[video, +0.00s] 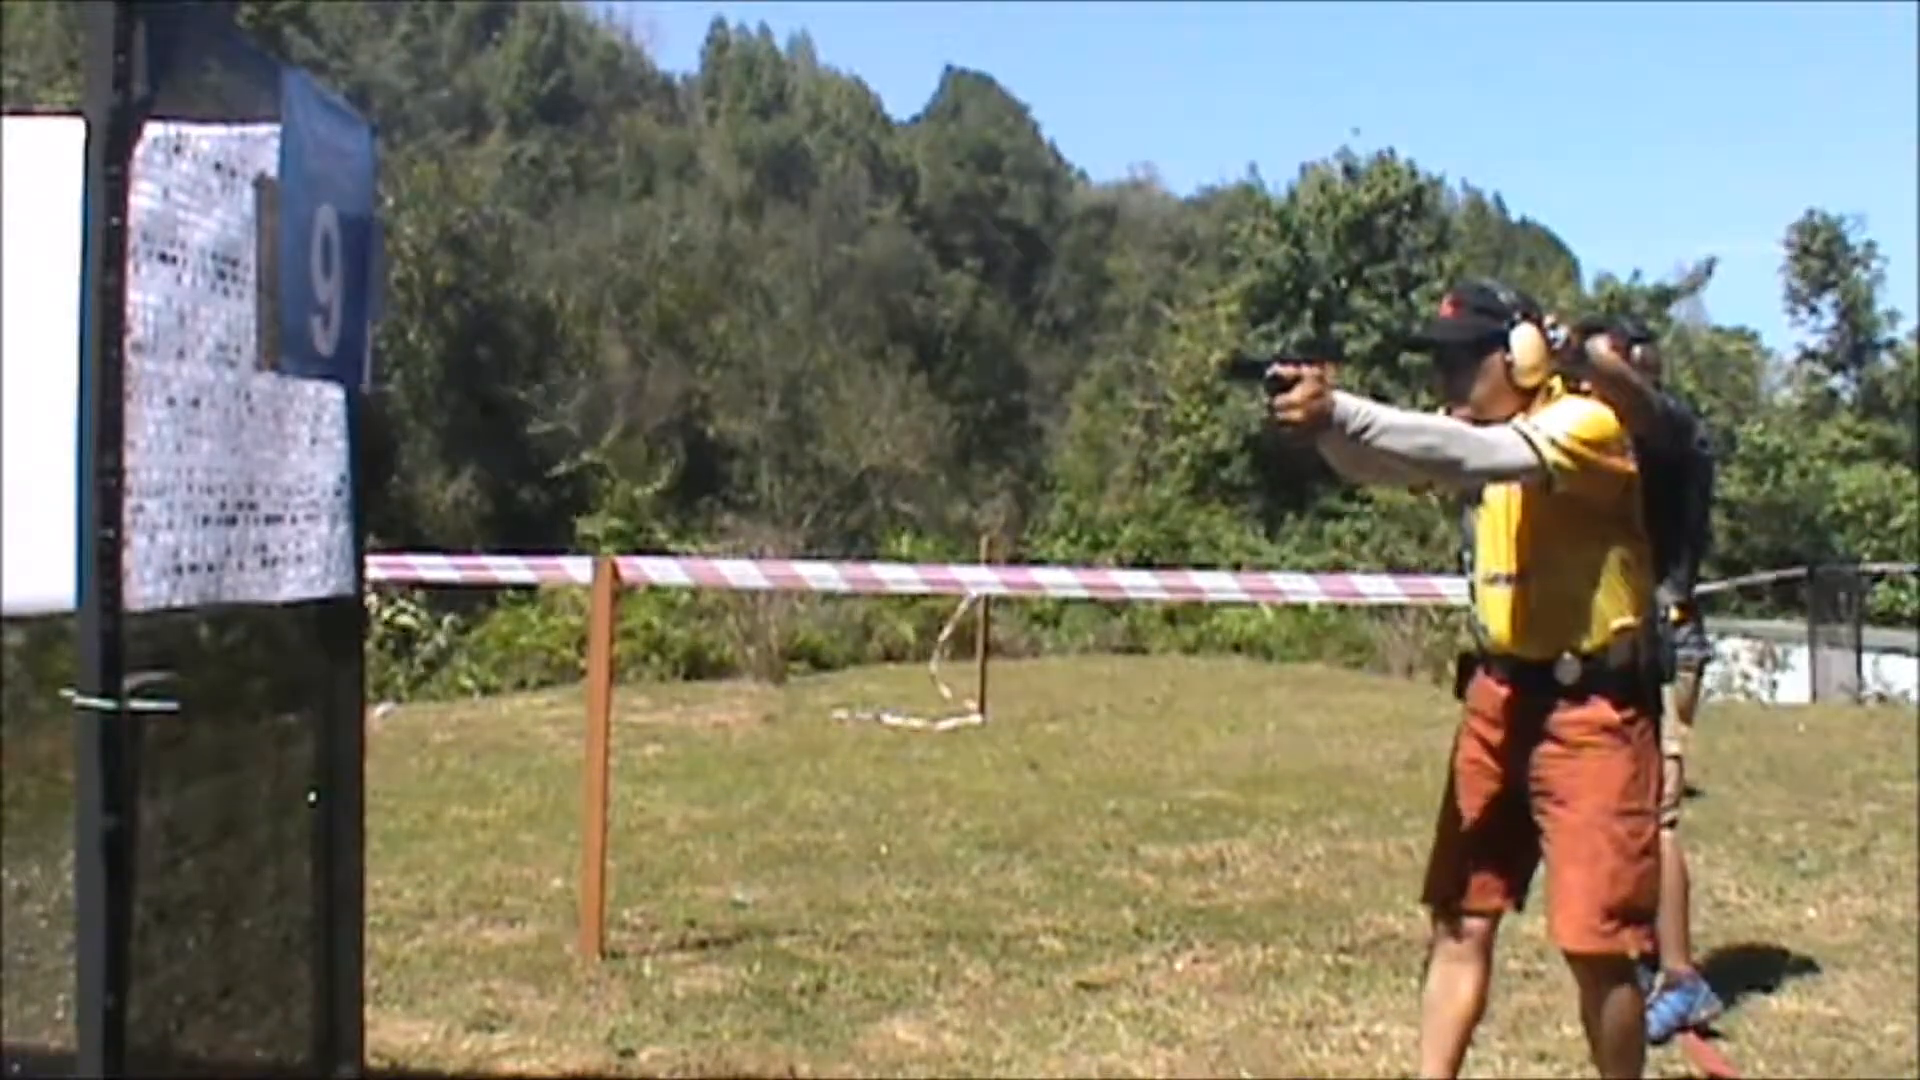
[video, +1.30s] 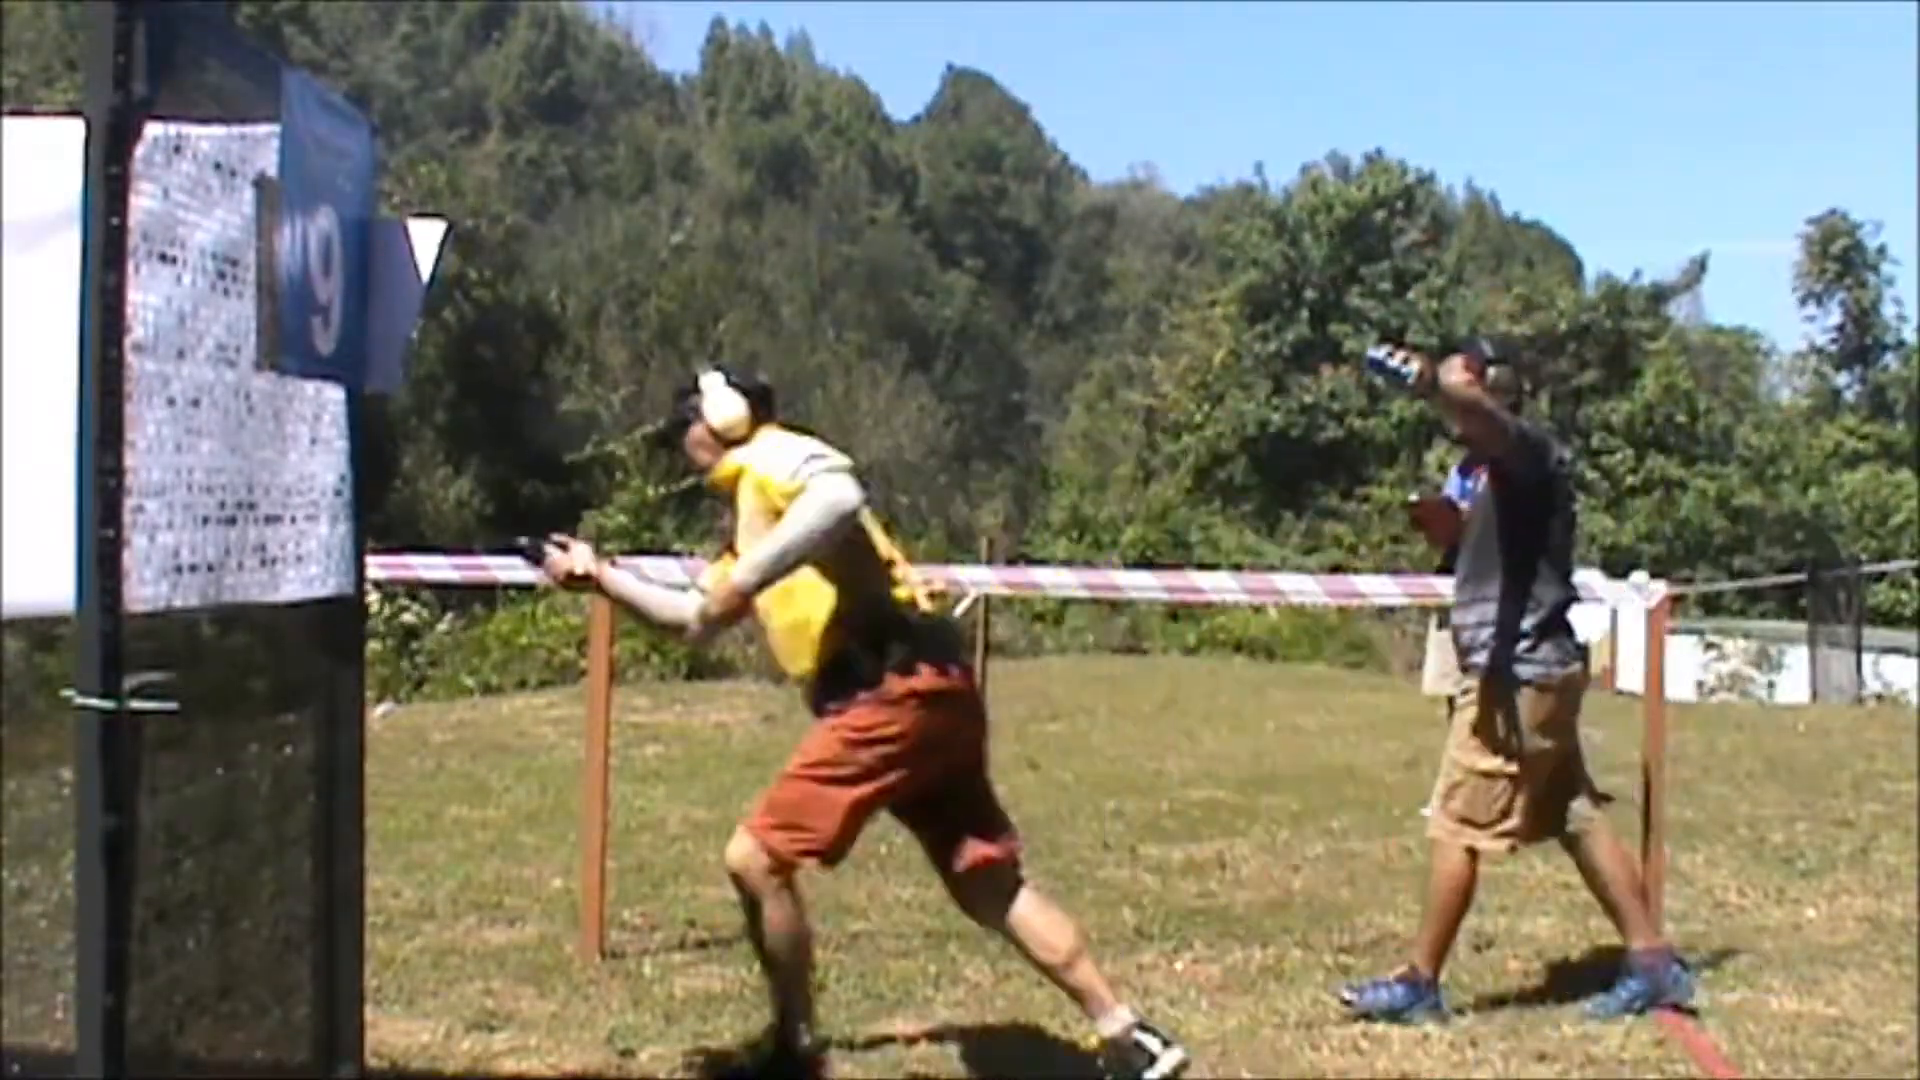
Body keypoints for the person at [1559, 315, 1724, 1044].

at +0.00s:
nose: (1608, 375)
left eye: (1620, 362)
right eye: (1603, 364)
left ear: (1642, 366)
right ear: (1603, 367)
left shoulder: (1676, 434)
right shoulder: (1593, 433)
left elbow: (1639, 412)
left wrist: (1583, 362)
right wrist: (1552, 365)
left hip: (1666, 623)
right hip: (1609, 627)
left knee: (1660, 808)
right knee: (1622, 805)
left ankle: (1678, 971)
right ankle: (1641, 967)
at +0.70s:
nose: (1580, 390)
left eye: (1592, 376)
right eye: (1577, 379)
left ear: (1627, 372)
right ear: (1586, 383)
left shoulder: (1660, 440)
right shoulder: (1611, 450)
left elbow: (1618, 384)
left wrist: (1568, 346)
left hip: (1649, 653)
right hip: (1608, 651)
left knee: (1643, 818)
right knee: (1628, 819)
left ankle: (1682, 976)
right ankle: (1652, 962)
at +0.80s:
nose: (1570, 393)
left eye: (1580, 377)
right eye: (1566, 381)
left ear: (1614, 371)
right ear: (1587, 378)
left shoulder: (1651, 438)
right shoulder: (1613, 450)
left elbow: (1614, 395)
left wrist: (1559, 351)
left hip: (1635, 658)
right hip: (1606, 655)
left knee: (1619, 819)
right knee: (1620, 819)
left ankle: (1674, 972)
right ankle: (1653, 964)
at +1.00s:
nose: (1538, 397)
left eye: (1549, 383)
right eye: (1536, 384)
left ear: (1582, 379)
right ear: (1554, 386)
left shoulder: (1618, 442)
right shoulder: (1603, 452)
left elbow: (1590, 402)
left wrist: (1532, 358)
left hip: (1605, 656)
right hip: (1624, 656)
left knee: (1550, 810)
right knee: (1628, 816)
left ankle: (1596, 969)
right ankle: (1658, 965)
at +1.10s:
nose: (1521, 404)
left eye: (1531, 389)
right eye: (1519, 392)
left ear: (1558, 384)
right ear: (1528, 396)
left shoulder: (1597, 447)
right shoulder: (1578, 459)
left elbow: (1565, 404)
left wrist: (1514, 364)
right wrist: (1495, 529)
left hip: (1585, 655)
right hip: (1608, 655)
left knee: (1530, 810)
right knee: (1617, 810)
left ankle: (1527, 975)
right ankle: (1657, 965)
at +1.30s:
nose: (1456, 385)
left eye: (1467, 376)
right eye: (1455, 376)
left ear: (1500, 386)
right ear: (1471, 393)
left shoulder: (1530, 452)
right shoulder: (1485, 465)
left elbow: (1475, 411)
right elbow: (1474, 556)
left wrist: (1437, 379)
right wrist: (1443, 529)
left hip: (1515, 672)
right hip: (1533, 669)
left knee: (1456, 826)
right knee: (1576, 815)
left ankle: (1420, 979)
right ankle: (1654, 963)